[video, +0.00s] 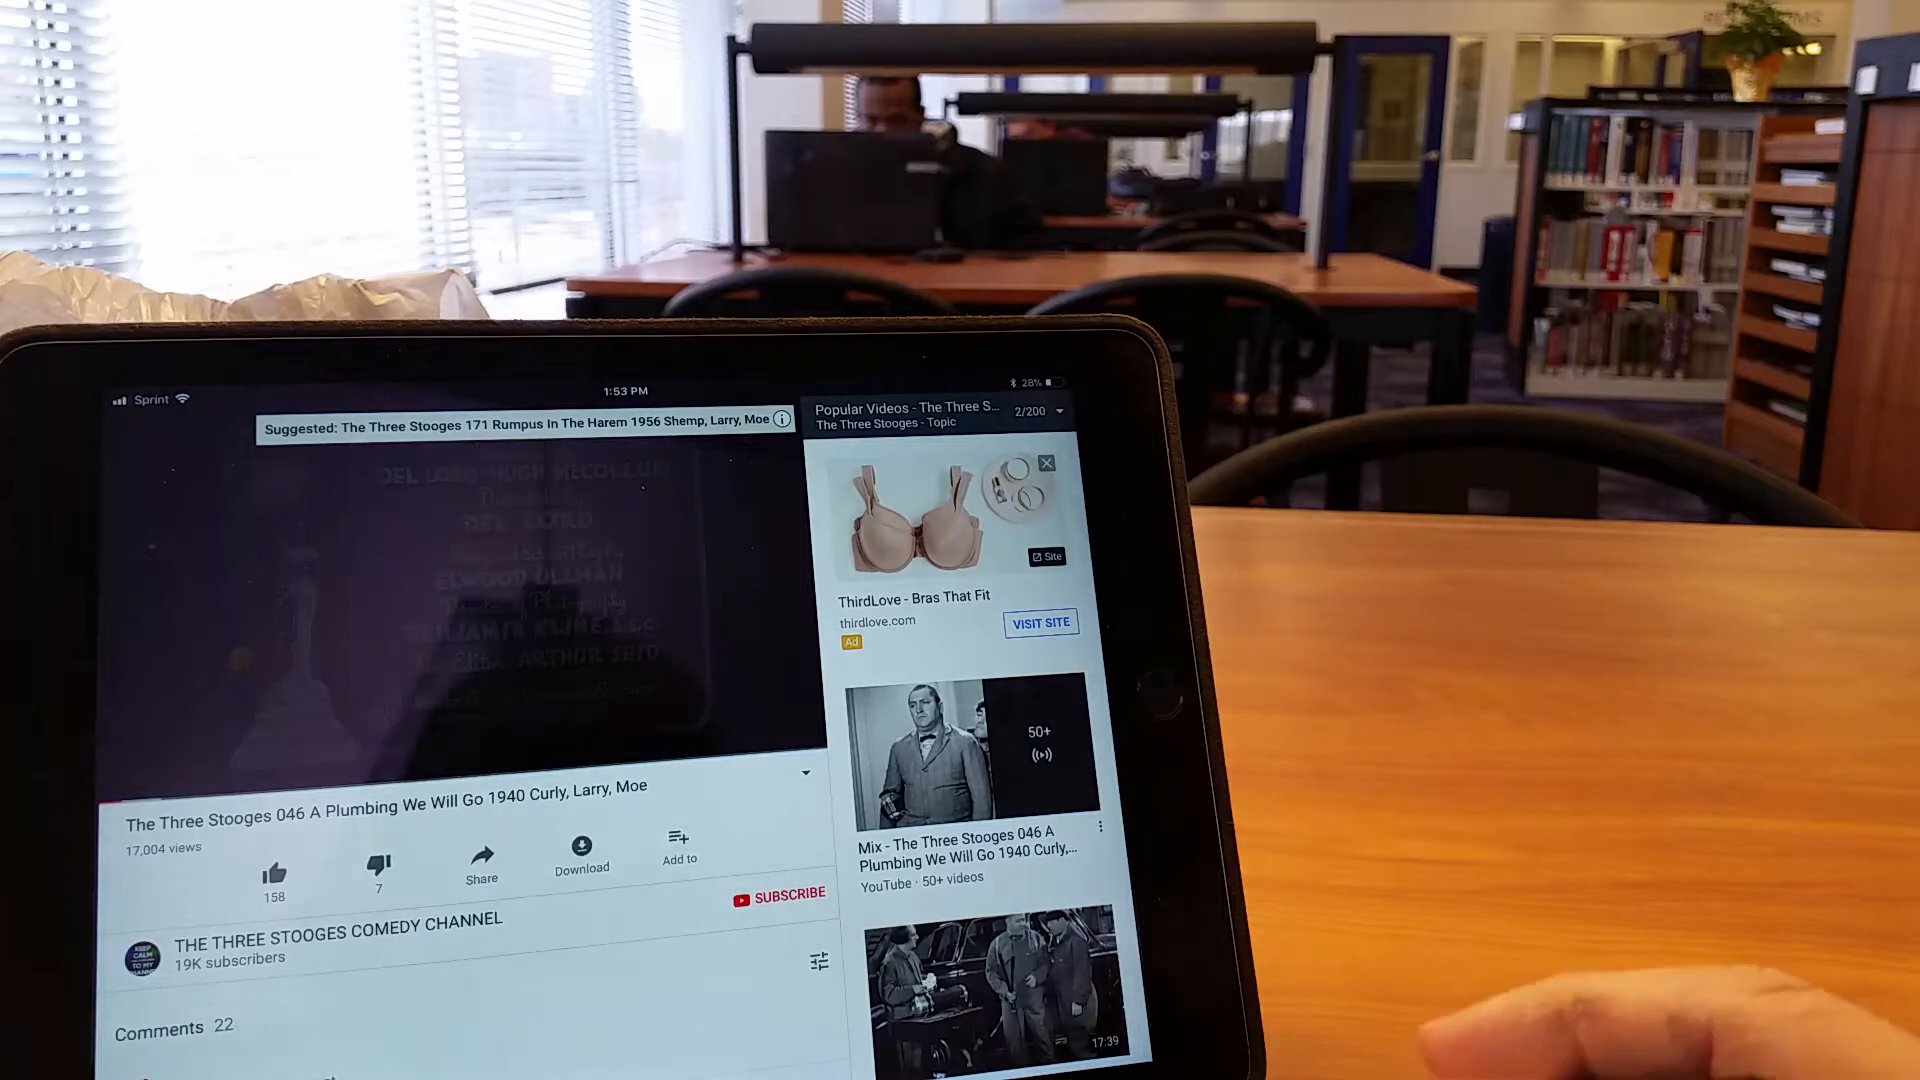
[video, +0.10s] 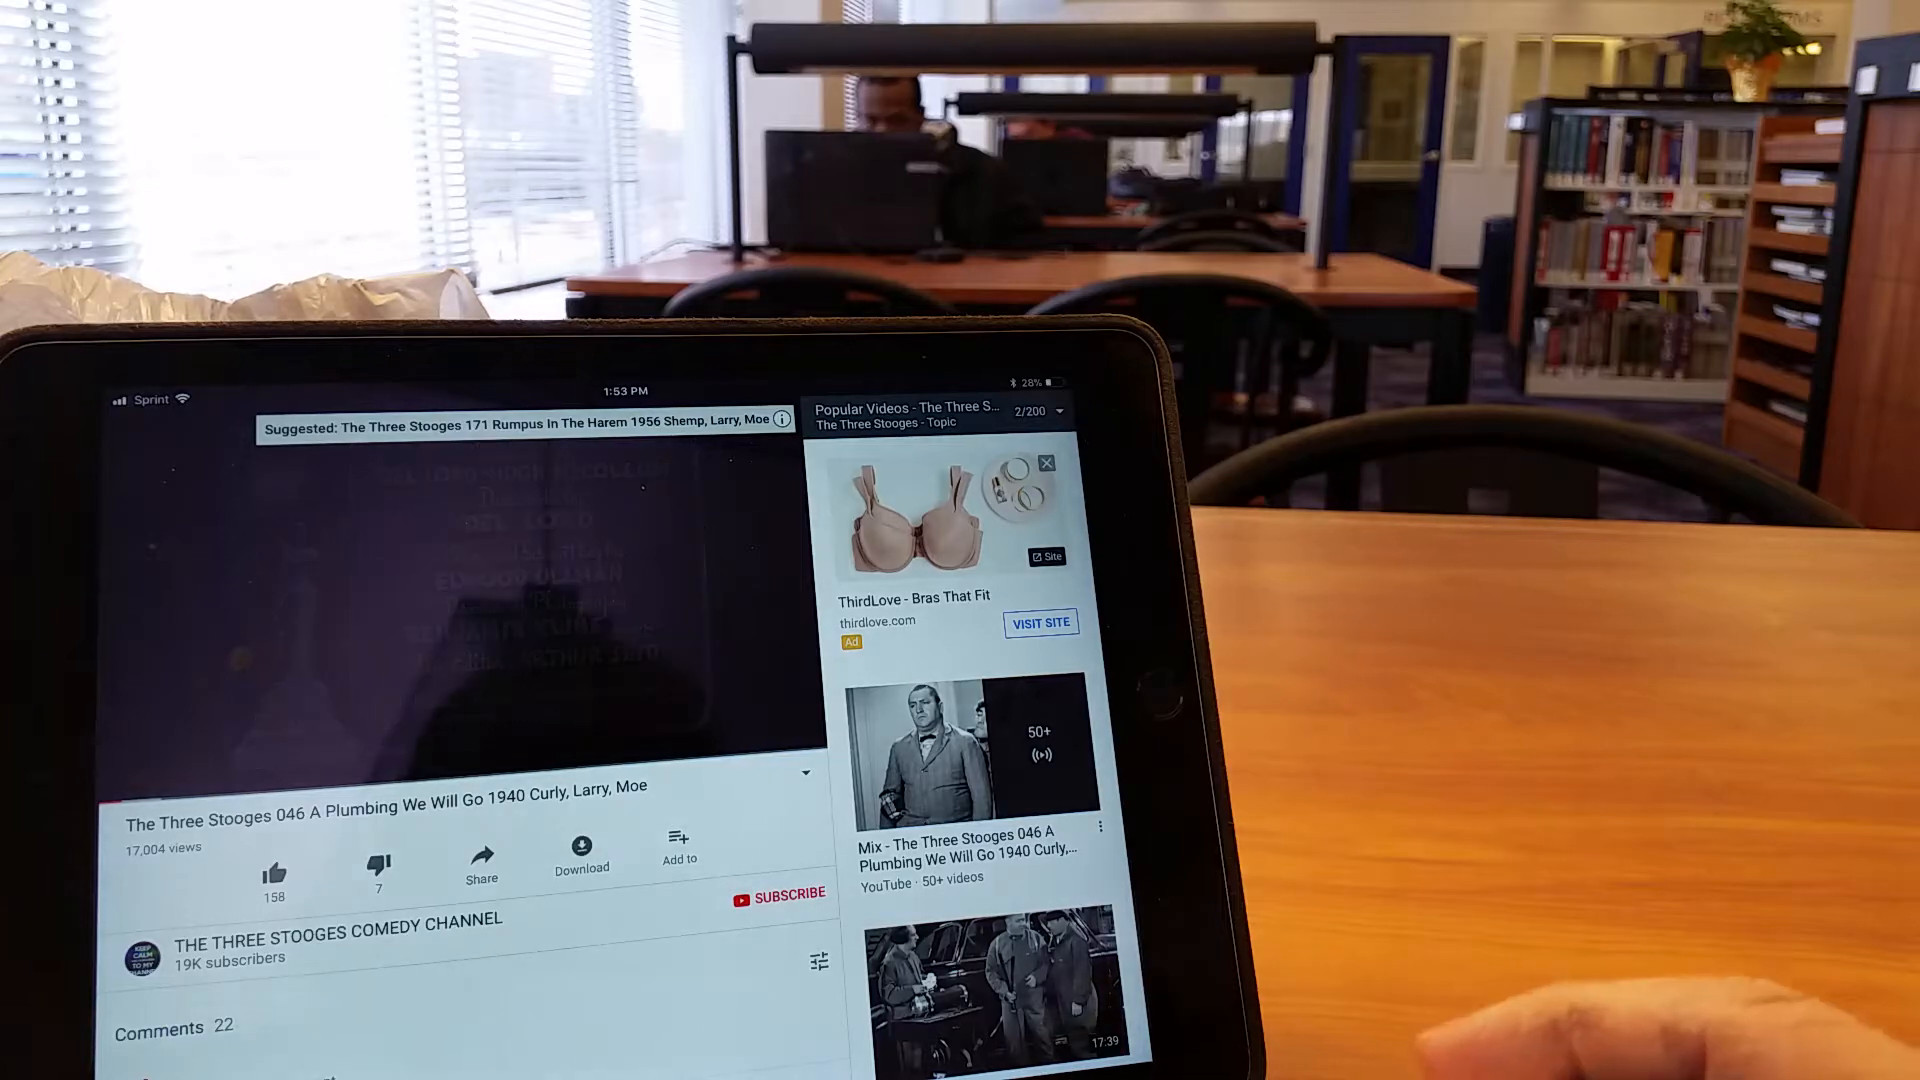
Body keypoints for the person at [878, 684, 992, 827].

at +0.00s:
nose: (919, 709)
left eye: (925, 703)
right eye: (913, 705)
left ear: (940, 707)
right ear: (909, 711)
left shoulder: (964, 742)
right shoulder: (899, 748)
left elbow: (981, 796)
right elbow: (890, 795)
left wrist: (979, 835)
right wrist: (886, 838)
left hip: (956, 832)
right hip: (911, 835)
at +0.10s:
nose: (919, 709)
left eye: (925, 703)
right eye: (913, 705)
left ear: (940, 707)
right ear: (909, 711)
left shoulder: (964, 742)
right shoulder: (899, 748)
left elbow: (981, 796)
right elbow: (890, 795)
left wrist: (979, 834)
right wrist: (886, 838)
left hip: (956, 832)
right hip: (911, 835)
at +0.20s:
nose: (919, 709)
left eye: (925, 703)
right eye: (913, 705)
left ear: (940, 707)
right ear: (909, 711)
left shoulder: (964, 742)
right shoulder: (899, 748)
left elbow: (981, 796)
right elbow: (890, 795)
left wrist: (979, 834)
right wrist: (886, 838)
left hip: (956, 832)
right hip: (911, 835)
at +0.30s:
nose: (919, 709)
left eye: (925, 703)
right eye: (913, 705)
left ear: (940, 707)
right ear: (909, 711)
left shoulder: (964, 742)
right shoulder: (899, 748)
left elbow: (981, 796)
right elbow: (890, 795)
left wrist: (979, 834)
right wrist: (886, 838)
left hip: (956, 832)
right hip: (911, 835)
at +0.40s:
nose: (919, 709)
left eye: (925, 703)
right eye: (913, 705)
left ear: (940, 707)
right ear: (909, 711)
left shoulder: (964, 742)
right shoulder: (899, 748)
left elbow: (981, 795)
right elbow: (890, 795)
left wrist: (979, 834)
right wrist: (887, 838)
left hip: (956, 832)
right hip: (911, 836)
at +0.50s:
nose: (919, 709)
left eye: (925, 703)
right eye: (913, 705)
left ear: (940, 707)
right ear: (909, 711)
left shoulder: (964, 742)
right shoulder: (899, 748)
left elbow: (981, 795)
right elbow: (890, 795)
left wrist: (979, 834)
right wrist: (887, 838)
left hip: (956, 832)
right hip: (911, 836)